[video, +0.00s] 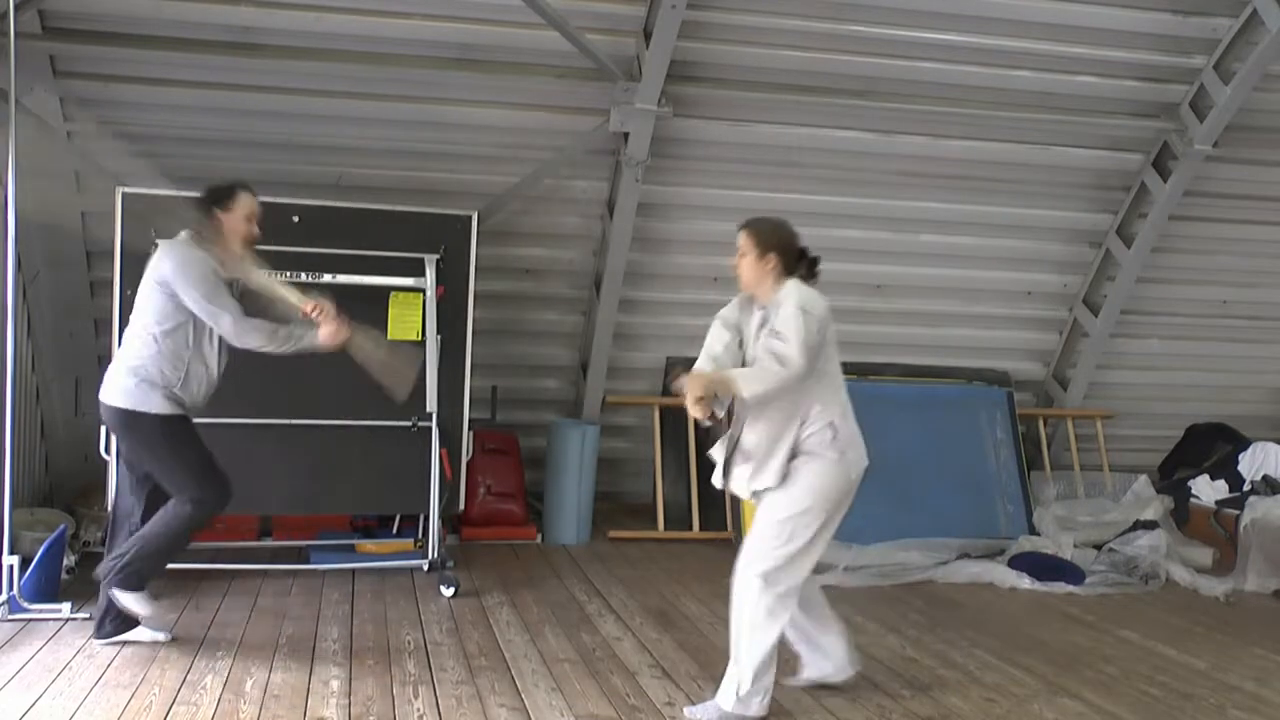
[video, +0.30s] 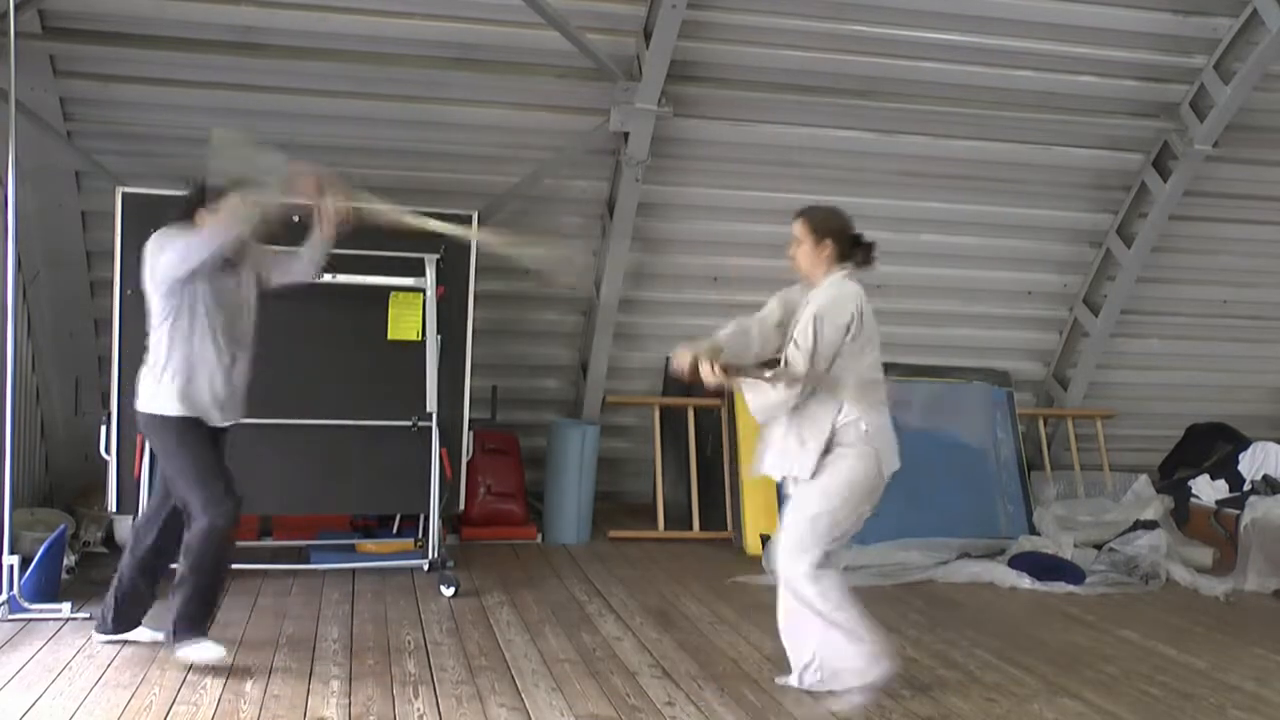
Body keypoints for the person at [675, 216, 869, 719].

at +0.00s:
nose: (734, 264)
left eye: (742, 254)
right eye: (736, 254)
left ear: (770, 261)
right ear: (768, 261)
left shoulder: (802, 303)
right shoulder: (748, 307)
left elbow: (788, 366)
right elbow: (721, 343)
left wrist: (718, 380)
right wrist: (701, 386)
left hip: (825, 456)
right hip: (784, 455)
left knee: (759, 567)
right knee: (776, 562)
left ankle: (742, 699)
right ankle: (831, 660)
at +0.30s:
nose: (790, 251)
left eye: (798, 242)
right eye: (792, 242)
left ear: (826, 248)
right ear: (826, 248)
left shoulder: (838, 297)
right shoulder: (815, 295)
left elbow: (798, 377)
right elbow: (763, 328)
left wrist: (732, 378)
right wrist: (702, 348)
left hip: (856, 450)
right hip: (827, 449)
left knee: (797, 555)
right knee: (795, 557)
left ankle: (867, 665)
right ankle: (816, 668)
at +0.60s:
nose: (840, 240)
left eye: (847, 231)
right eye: (841, 230)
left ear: (874, 239)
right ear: (885, 240)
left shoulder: (855, 293)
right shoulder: (912, 285)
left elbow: (808, 361)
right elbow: (857, 307)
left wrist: (780, 310)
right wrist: (810, 275)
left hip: (881, 449)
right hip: (921, 444)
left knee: (870, 566)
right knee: (890, 558)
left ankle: (909, 701)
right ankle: (903, 665)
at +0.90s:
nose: (897, 243)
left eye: (903, 235)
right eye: (898, 233)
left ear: (931, 240)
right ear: (939, 241)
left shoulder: (902, 289)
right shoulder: (962, 284)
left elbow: (825, 318)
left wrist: (819, 256)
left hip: (917, 451)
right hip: (964, 444)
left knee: (895, 569)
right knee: (959, 552)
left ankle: (909, 701)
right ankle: (988, 658)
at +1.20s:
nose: (953, 248)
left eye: (961, 240)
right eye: (955, 239)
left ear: (987, 248)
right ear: (993, 249)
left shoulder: (965, 289)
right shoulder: (1005, 293)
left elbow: (889, 308)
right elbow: (936, 310)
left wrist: (878, 266)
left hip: (996, 440)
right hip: (1024, 438)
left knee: (966, 561)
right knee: (998, 561)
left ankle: (959, 688)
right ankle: (995, 675)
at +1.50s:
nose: (1003, 272)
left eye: (1009, 264)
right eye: (1004, 263)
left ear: (1035, 266)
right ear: (1040, 267)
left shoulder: (1032, 305)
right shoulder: (1051, 309)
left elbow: (973, 357)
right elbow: (1007, 391)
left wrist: (933, 359)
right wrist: (947, 383)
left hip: (1061, 457)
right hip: (1035, 460)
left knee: (1075, 581)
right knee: (994, 560)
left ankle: (1173, 682)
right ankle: (991, 675)